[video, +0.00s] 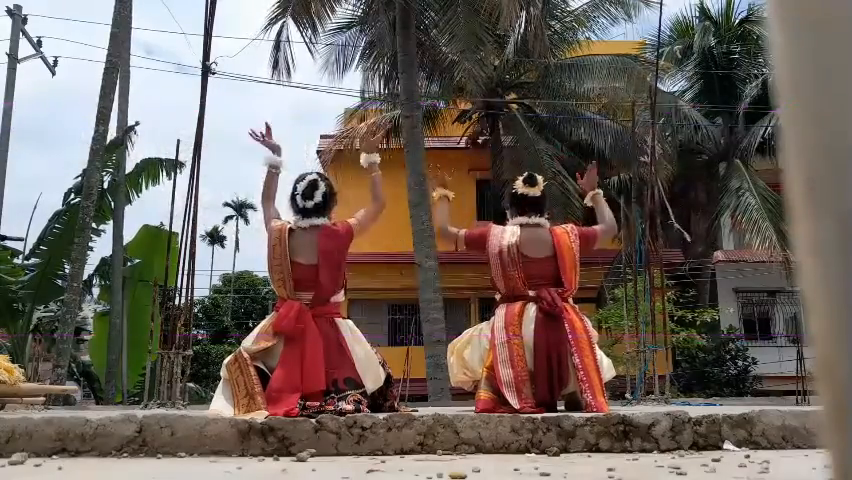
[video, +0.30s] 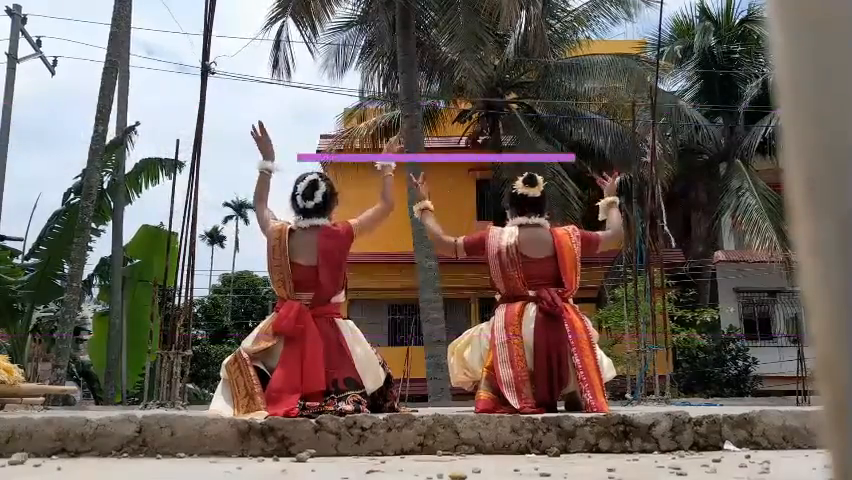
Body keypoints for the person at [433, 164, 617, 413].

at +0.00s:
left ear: (511, 207)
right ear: (544, 207)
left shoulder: (495, 236)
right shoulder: (566, 235)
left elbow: (444, 233)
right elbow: (610, 226)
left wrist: (441, 197)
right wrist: (596, 196)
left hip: (512, 323)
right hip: (561, 321)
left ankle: (490, 393)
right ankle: (575, 394)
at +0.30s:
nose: (506, 216)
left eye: (506, 211)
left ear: (509, 212)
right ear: (545, 209)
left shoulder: (494, 238)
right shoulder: (568, 237)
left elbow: (443, 243)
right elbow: (616, 235)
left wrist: (423, 206)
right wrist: (611, 199)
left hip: (512, 325)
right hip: (561, 324)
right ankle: (575, 398)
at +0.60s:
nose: (508, 214)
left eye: (509, 209)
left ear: (511, 210)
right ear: (544, 208)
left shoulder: (494, 237)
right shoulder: (568, 237)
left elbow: (443, 243)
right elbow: (617, 238)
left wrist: (423, 211)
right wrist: (619, 207)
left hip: (512, 325)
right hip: (562, 324)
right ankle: (575, 395)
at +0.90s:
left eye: (522, 201)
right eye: (536, 201)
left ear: (511, 206)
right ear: (547, 205)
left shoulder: (493, 240)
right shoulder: (570, 240)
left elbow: (452, 260)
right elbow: (620, 253)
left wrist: (423, 239)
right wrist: (624, 227)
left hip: (511, 330)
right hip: (565, 327)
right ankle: (578, 400)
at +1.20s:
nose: (526, 210)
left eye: (524, 204)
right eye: (529, 203)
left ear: (513, 207)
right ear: (549, 207)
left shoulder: (496, 242)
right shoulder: (573, 243)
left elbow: (461, 274)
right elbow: (615, 271)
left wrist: (428, 258)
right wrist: (635, 243)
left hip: (512, 325)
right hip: (567, 326)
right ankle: (578, 397)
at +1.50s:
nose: (527, 213)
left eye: (524, 205)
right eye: (531, 205)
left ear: (516, 207)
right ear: (551, 207)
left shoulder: (499, 241)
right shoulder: (575, 243)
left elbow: (467, 267)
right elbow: (618, 267)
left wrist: (431, 256)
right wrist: (641, 249)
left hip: (513, 328)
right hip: (565, 329)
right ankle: (578, 397)